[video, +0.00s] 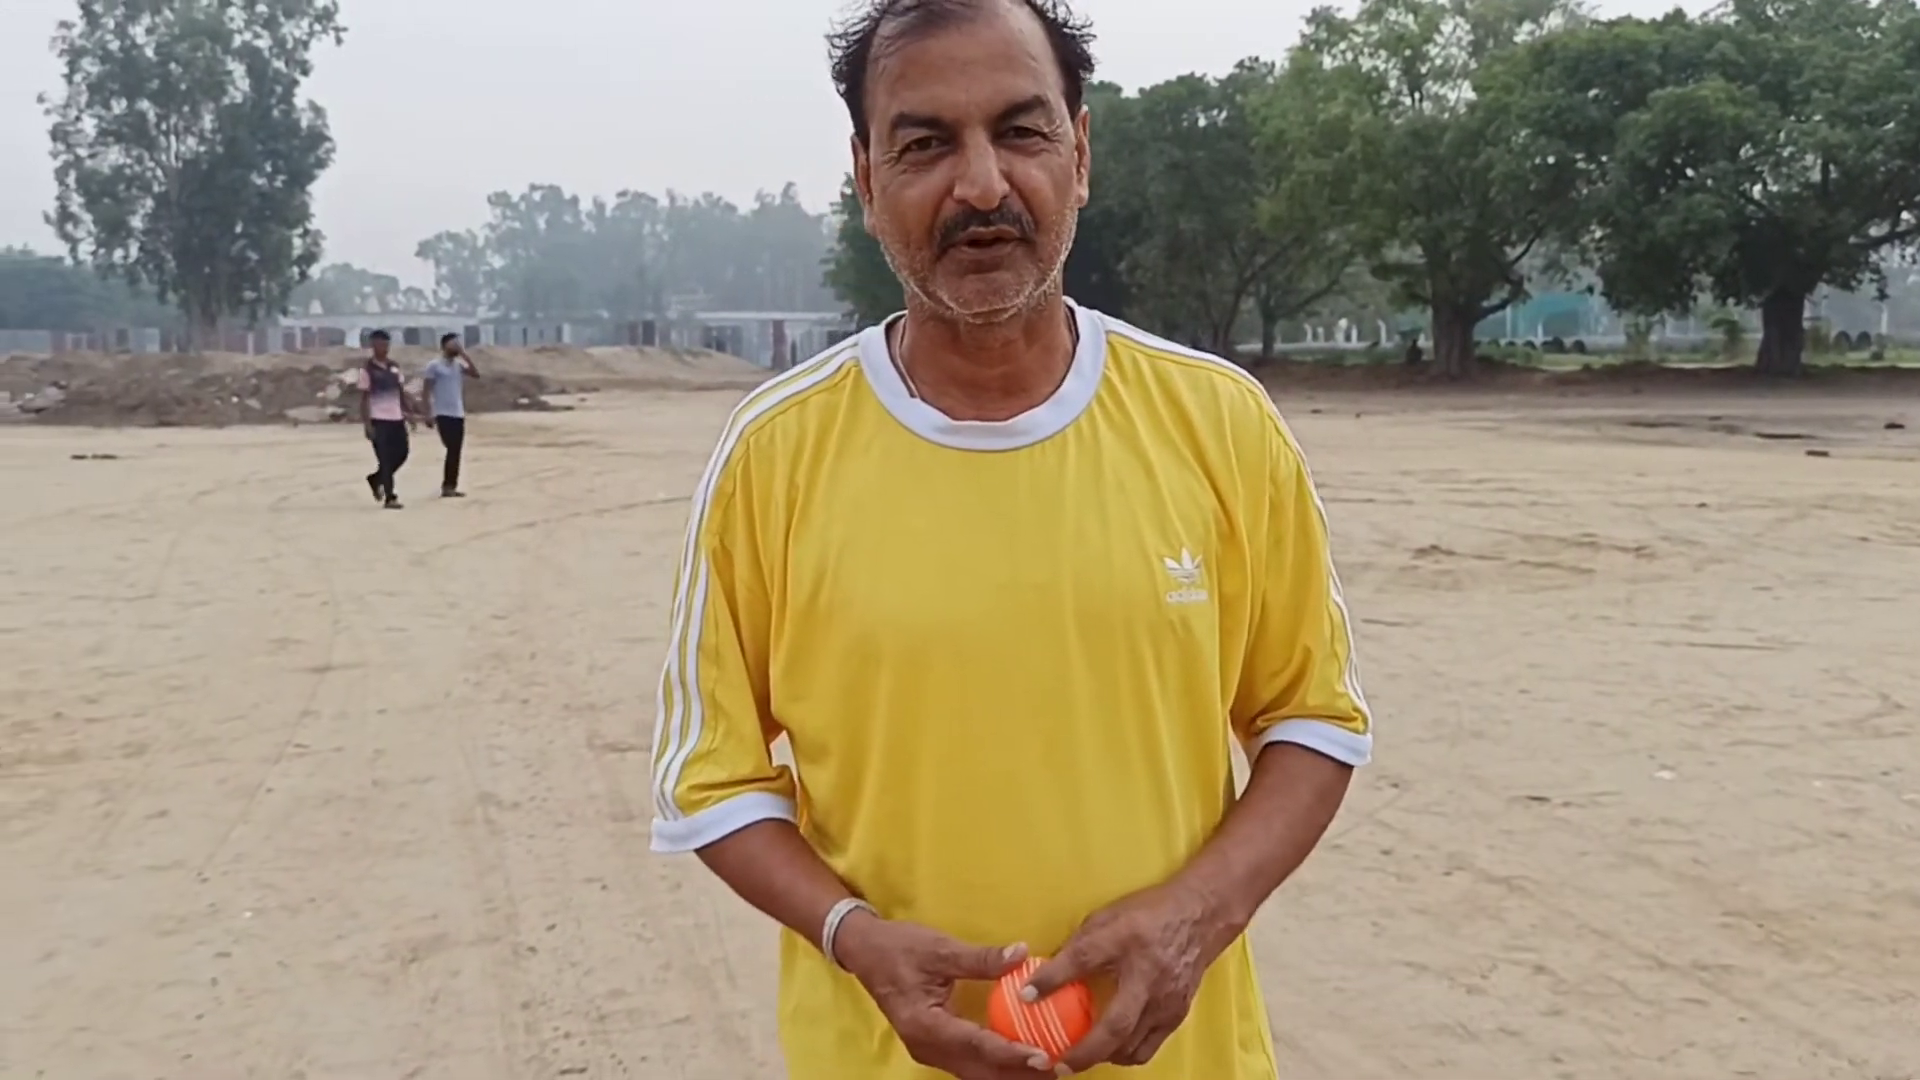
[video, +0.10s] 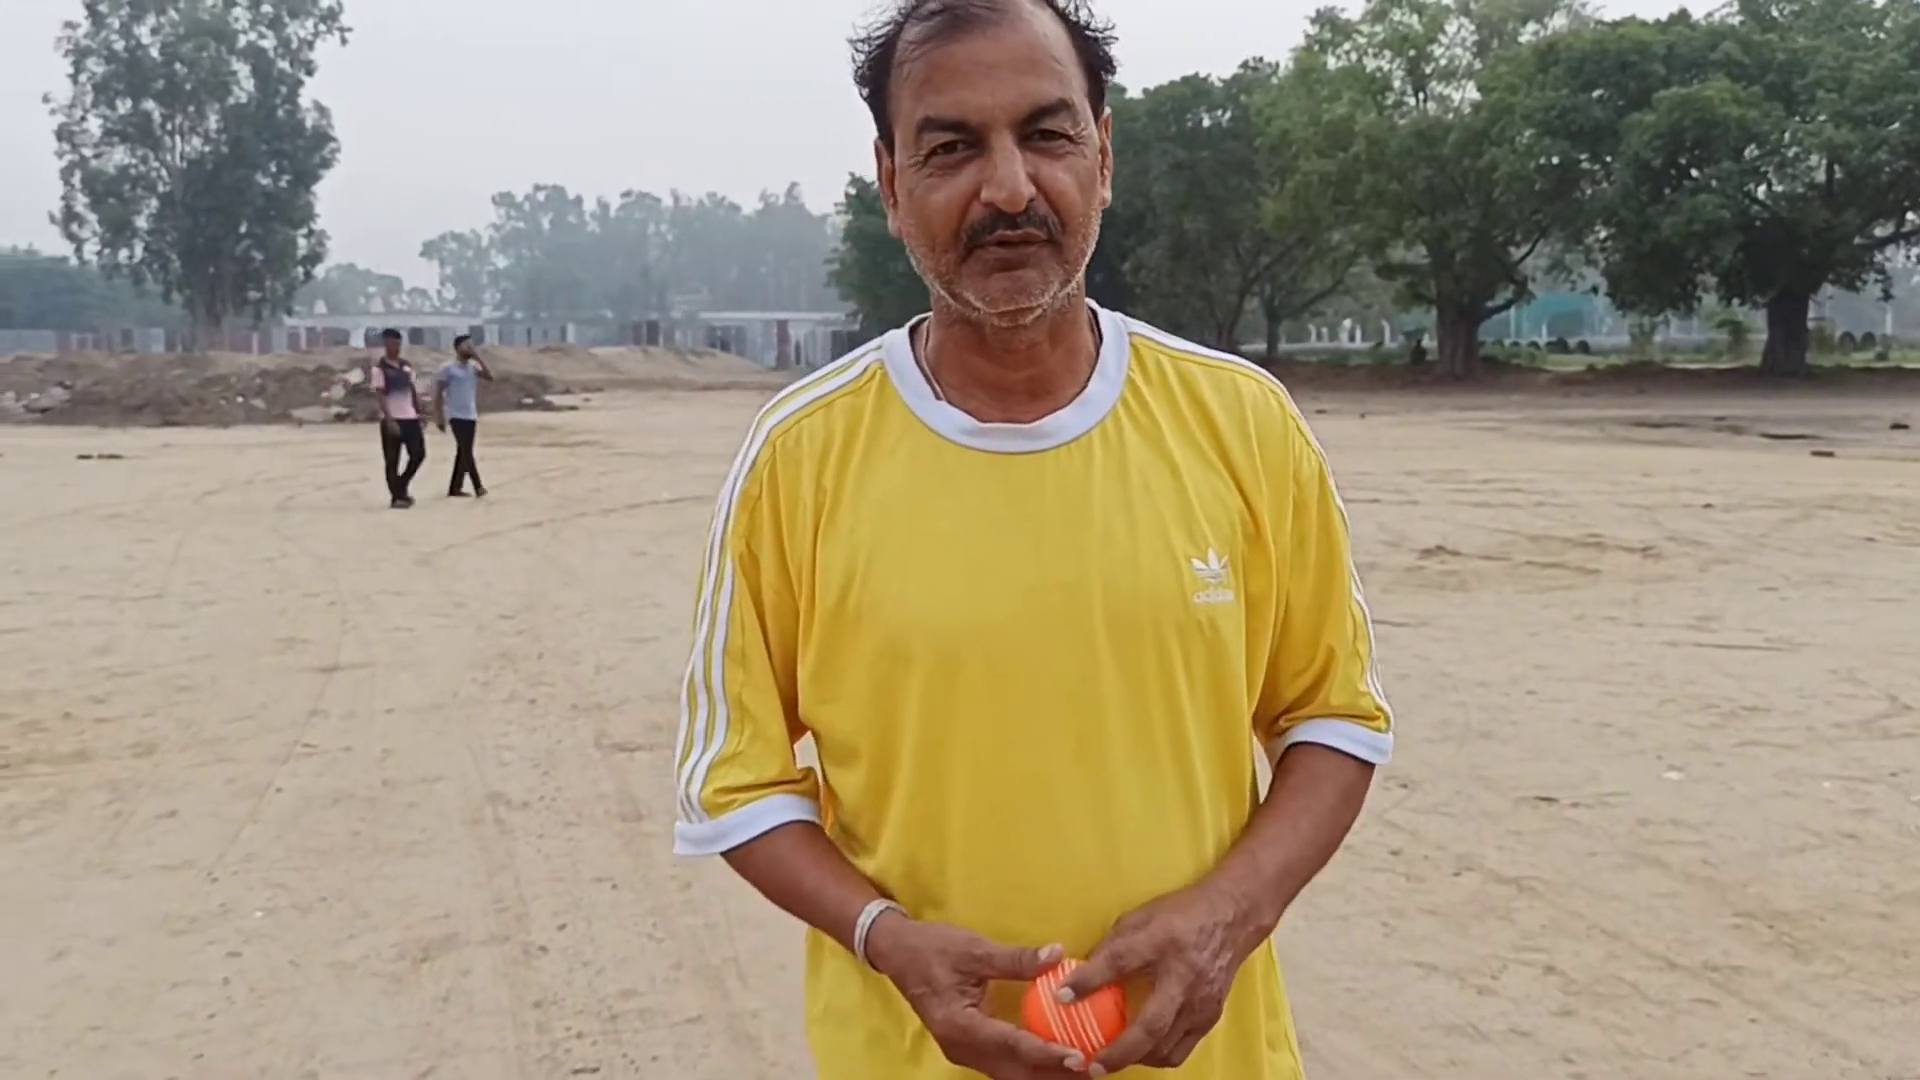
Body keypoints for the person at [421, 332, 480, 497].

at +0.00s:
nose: (456, 347)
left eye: (457, 343)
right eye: (453, 343)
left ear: (458, 346)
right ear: (445, 346)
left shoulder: (457, 365)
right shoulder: (434, 366)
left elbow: (475, 374)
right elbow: (426, 391)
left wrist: (464, 355)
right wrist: (428, 414)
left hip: (458, 413)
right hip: (443, 413)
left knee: (456, 450)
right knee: (452, 449)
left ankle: (452, 485)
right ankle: (447, 485)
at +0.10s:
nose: (469, 349)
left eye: (470, 345)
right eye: (465, 345)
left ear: (471, 348)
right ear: (457, 348)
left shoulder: (472, 368)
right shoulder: (448, 369)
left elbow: (488, 377)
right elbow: (438, 393)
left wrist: (477, 357)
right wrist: (440, 417)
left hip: (470, 415)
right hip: (456, 415)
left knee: (463, 453)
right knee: (467, 453)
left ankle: (455, 487)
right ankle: (478, 485)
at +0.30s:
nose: (490, 348)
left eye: (491, 344)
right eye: (487, 345)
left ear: (491, 347)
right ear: (478, 348)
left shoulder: (493, 367)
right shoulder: (469, 370)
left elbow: (509, 378)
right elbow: (463, 396)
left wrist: (498, 359)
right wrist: (464, 420)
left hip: (493, 415)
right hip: (479, 415)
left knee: (487, 451)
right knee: (491, 451)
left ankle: (466, 479)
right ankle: (499, 487)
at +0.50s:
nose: (510, 342)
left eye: (510, 339)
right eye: (506, 339)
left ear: (511, 342)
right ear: (498, 343)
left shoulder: (512, 362)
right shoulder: (490, 365)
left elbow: (530, 373)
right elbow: (487, 392)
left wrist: (516, 353)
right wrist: (493, 413)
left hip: (516, 414)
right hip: (499, 415)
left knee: (524, 448)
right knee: (501, 453)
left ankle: (507, 475)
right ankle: (504, 485)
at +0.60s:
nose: (521, 343)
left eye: (521, 339)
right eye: (517, 340)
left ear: (521, 343)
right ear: (509, 343)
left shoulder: (522, 361)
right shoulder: (500, 364)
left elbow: (539, 373)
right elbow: (499, 389)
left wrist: (526, 353)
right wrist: (508, 407)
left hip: (526, 414)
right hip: (508, 415)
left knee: (537, 449)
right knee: (507, 454)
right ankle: (508, 487)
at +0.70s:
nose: (532, 345)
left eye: (532, 341)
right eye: (528, 342)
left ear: (532, 344)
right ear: (519, 345)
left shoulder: (533, 364)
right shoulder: (510, 365)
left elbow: (550, 376)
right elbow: (508, 390)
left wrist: (537, 356)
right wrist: (525, 407)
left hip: (534, 416)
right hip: (517, 417)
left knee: (544, 453)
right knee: (513, 455)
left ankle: (556, 483)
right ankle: (510, 486)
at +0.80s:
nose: (540, 344)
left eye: (540, 340)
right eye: (536, 341)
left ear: (538, 345)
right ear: (528, 345)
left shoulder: (541, 364)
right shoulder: (518, 365)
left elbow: (559, 377)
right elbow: (516, 391)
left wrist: (544, 357)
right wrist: (532, 409)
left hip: (544, 416)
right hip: (525, 417)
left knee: (552, 453)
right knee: (518, 453)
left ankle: (559, 486)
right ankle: (509, 484)